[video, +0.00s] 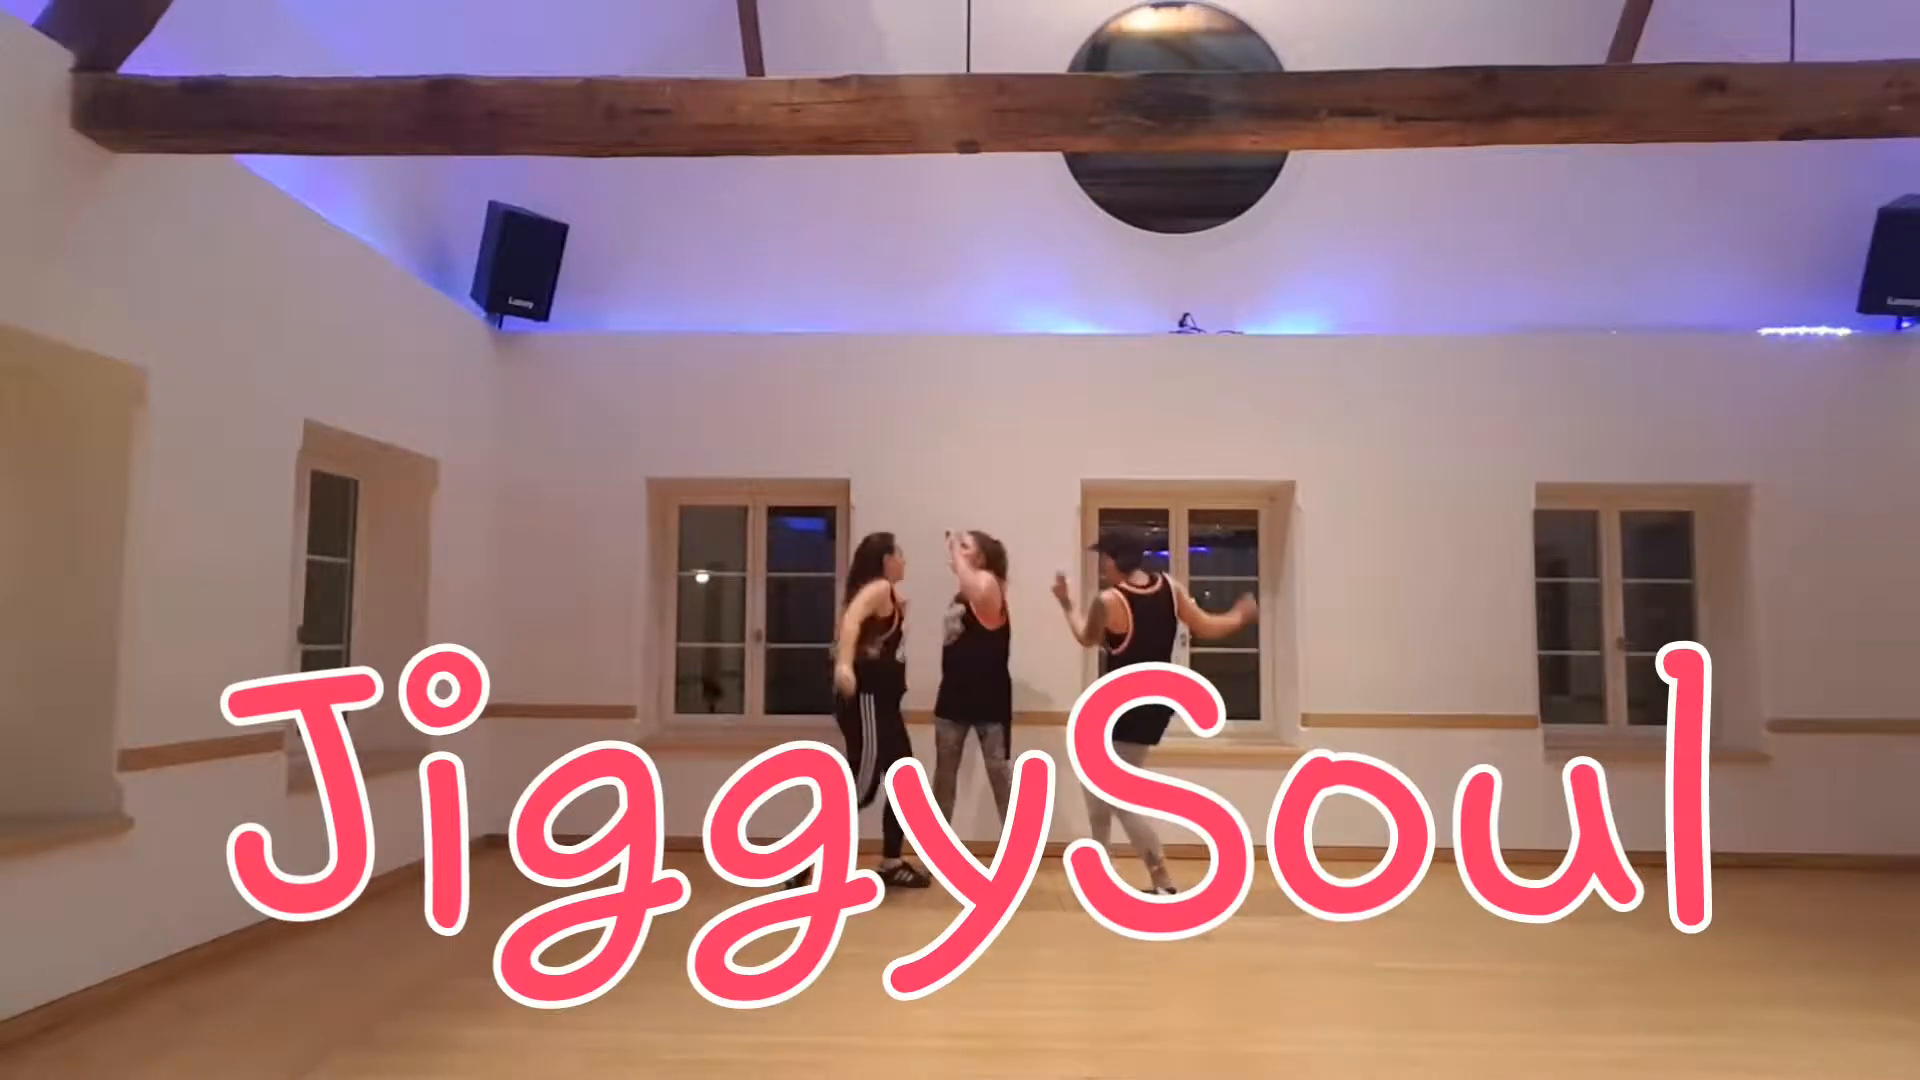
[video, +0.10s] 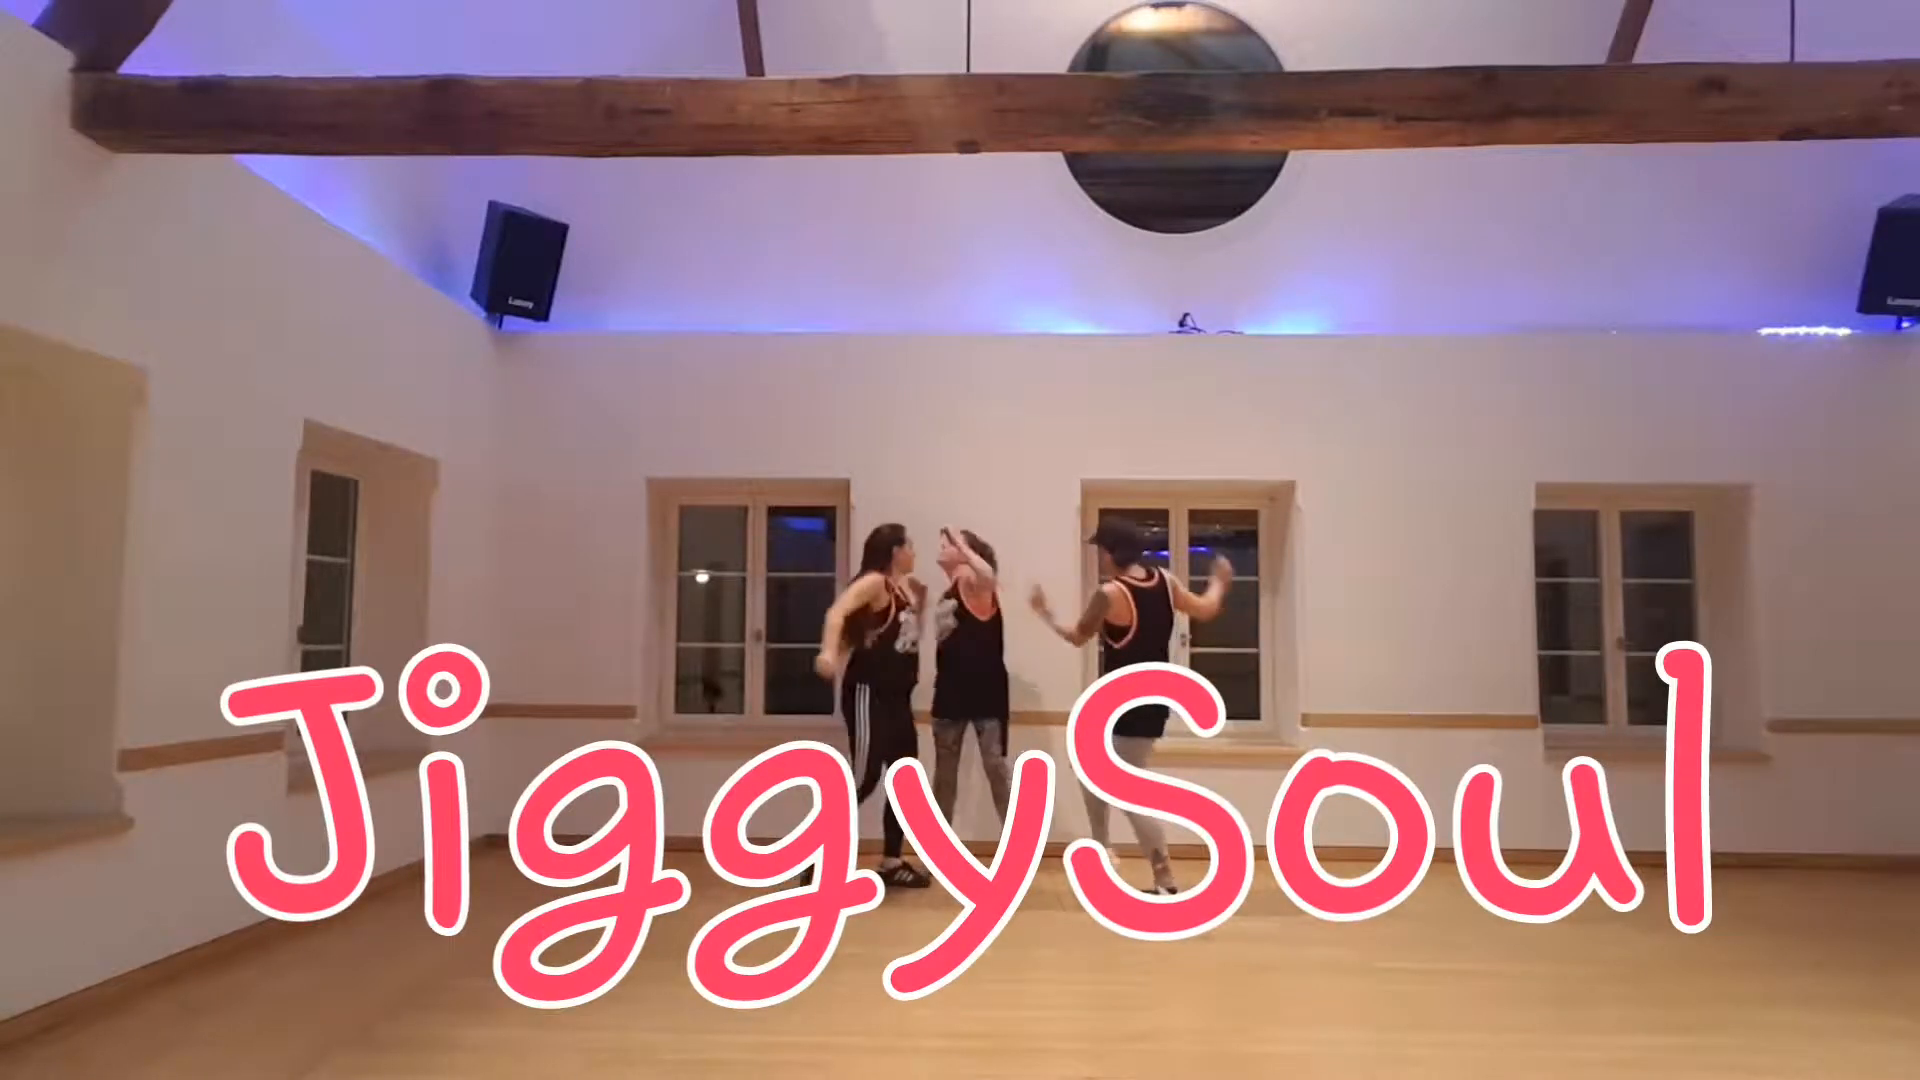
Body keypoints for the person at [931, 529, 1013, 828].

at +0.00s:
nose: (957, 553)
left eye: (966, 547)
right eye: (957, 547)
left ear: (983, 554)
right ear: (959, 554)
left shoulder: (990, 582)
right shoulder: (963, 590)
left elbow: (977, 590)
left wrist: (955, 554)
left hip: (989, 690)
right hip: (954, 689)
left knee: (999, 769)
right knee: (945, 767)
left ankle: (1016, 840)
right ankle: (938, 839)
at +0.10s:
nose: (942, 549)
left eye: (949, 545)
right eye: (943, 544)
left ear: (968, 554)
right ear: (949, 554)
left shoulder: (979, 586)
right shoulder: (948, 593)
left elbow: (987, 576)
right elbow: (940, 644)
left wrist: (963, 548)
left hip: (987, 688)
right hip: (950, 688)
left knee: (996, 764)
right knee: (944, 766)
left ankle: (1016, 835)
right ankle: (939, 836)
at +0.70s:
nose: (952, 558)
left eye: (949, 553)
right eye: (944, 558)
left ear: (952, 558)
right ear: (930, 571)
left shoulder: (965, 585)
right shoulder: (926, 602)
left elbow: (981, 626)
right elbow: (915, 654)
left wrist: (1007, 600)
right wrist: (960, 656)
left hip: (983, 685)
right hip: (946, 690)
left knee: (1001, 757)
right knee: (948, 768)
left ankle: (1002, 840)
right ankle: (942, 845)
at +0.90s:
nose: (968, 574)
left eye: (966, 568)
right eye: (961, 570)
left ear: (961, 574)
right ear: (943, 578)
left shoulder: (967, 599)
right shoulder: (941, 614)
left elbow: (978, 624)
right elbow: (928, 664)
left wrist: (996, 599)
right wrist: (972, 674)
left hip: (987, 699)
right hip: (955, 706)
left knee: (1004, 768)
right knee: (965, 774)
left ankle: (997, 843)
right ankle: (959, 849)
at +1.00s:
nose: (976, 579)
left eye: (974, 573)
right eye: (969, 574)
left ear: (967, 577)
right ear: (951, 579)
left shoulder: (970, 603)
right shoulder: (946, 619)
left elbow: (982, 628)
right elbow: (940, 670)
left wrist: (997, 601)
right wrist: (980, 684)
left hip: (987, 704)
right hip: (961, 710)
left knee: (1011, 767)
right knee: (964, 774)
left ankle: (1004, 837)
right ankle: (943, 841)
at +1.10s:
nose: (983, 583)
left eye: (985, 577)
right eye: (977, 577)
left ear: (985, 573)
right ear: (958, 576)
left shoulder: (978, 598)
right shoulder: (949, 612)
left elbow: (989, 625)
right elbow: (935, 661)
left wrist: (1006, 595)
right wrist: (978, 683)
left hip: (987, 701)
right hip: (957, 705)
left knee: (1016, 758)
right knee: (960, 772)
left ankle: (1007, 843)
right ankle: (946, 845)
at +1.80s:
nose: (1024, 572)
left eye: (1030, 566)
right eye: (1018, 566)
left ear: (1040, 567)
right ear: (1008, 565)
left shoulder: (1050, 597)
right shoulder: (995, 590)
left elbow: (1048, 648)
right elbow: (976, 623)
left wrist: (1030, 611)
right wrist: (950, 635)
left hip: (1032, 691)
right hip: (994, 689)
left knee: (1032, 770)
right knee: (990, 763)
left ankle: (1030, 844)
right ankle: (975, 840)